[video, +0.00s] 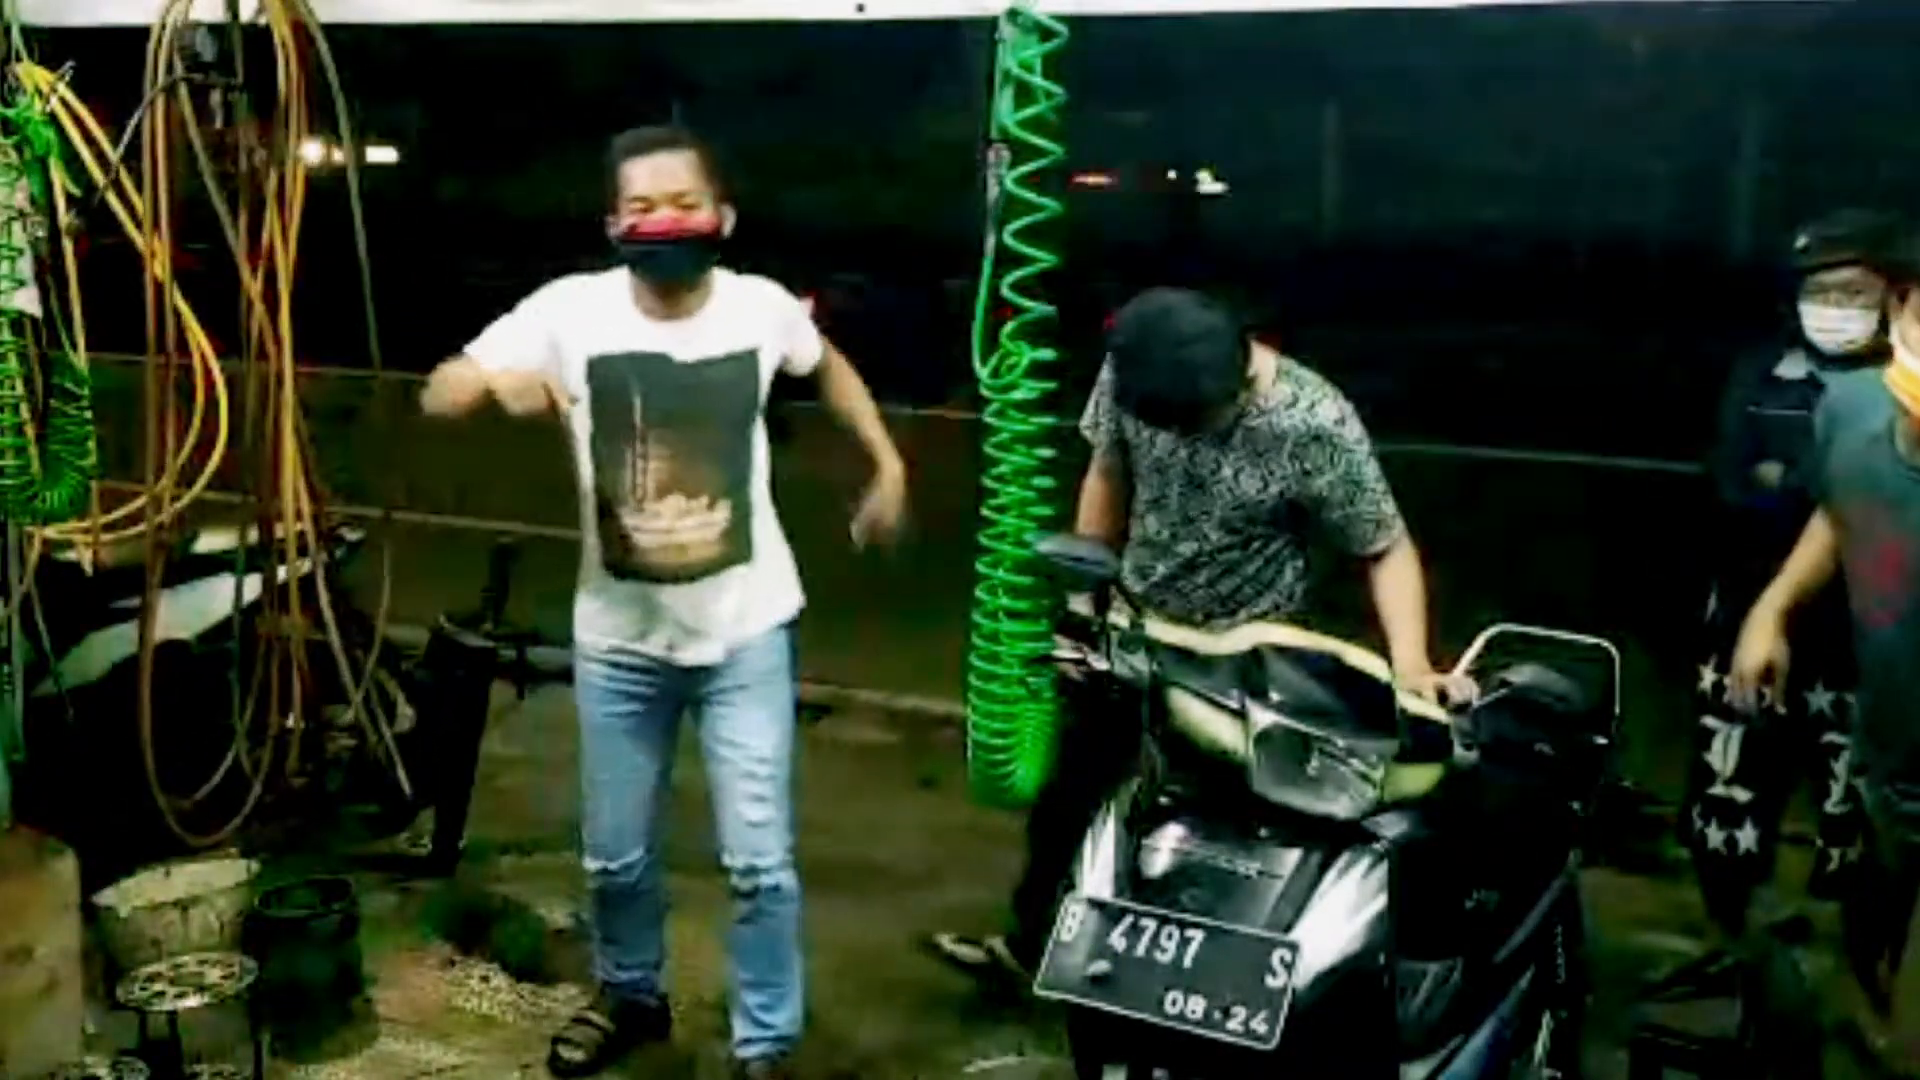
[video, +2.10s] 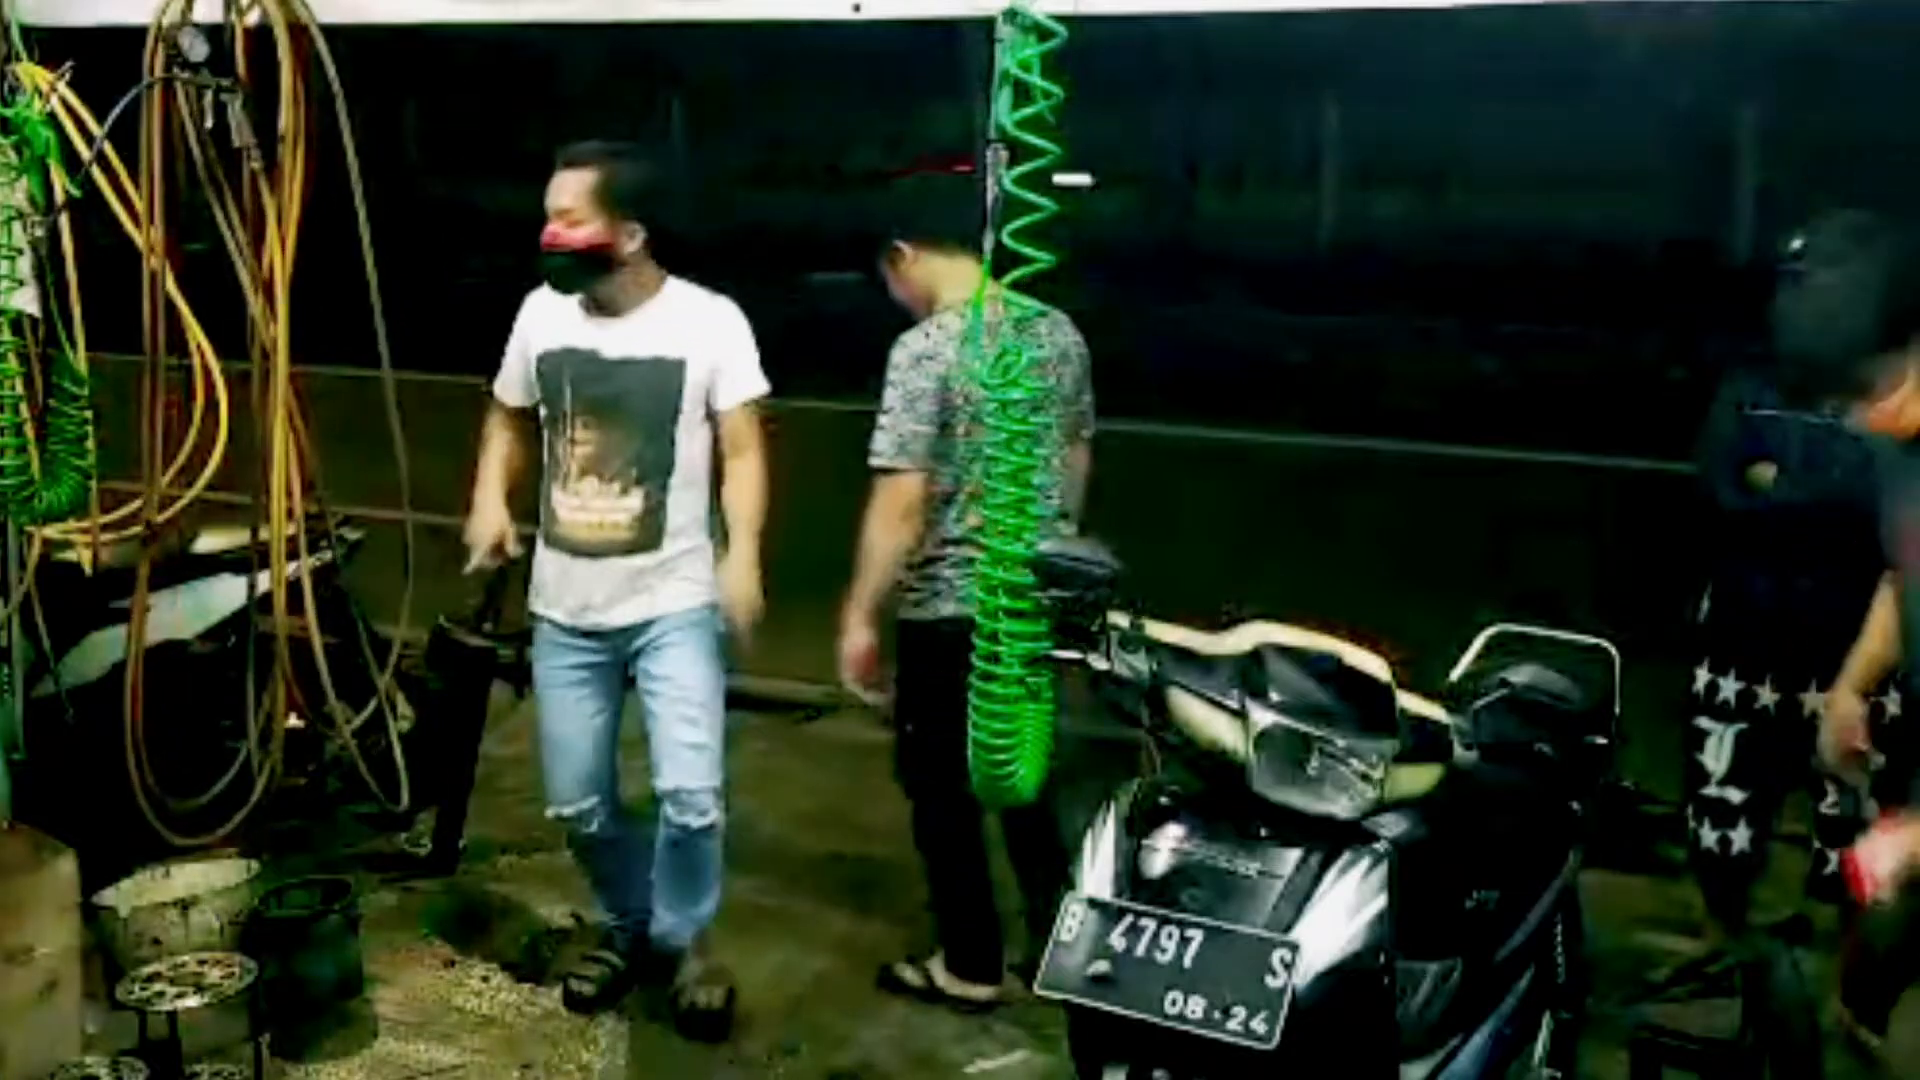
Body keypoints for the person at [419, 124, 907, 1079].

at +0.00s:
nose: (661, 227)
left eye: (681, 207)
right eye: (640, 210)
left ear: (719, 213)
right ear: (614, 220)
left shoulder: (759, 308)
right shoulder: (569, 310)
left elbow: (830, 371)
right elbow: (440, 395)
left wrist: (888, 463)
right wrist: (490, 377)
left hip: (743, 631)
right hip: (619, 634)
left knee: (757, 856)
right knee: (614, 852)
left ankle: (764, 1049)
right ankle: (632, 1001)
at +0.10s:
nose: (677, 234)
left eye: (697, 214)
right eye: (656, 216)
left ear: (734, 220)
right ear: (629, 224)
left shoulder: (783, 327)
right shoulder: (578, 322)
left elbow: (850, 426)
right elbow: (494, 424)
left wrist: (886, 540)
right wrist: (519, 438)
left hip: (757, 641)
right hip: (630, 643)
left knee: (767, 868)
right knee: (611, 872)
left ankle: (764, 1049)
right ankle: (630, 985)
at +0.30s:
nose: (704, 251)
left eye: (723, 230)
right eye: (682, 232)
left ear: (758, 236)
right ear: (653, 244)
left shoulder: (808, 368)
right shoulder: (616, 343)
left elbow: (836, 529)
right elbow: (583, 463)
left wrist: (742, 571)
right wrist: (569, 577)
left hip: (776, 671)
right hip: (644, 664)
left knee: (783, 894)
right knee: (626, 893)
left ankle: (767, 1057)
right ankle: (658, 1063)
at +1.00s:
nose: (680, 259)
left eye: (694, 237)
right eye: (654, 242)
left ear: (716, 241)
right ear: (606, 258)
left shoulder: (708, 344)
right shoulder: (566, 377)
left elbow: (703, 463)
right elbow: (479, 515)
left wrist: (747, 538)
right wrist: (608, 544)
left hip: (703, 680)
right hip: (594, 694)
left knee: (747, 882)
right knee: (657, 946)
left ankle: (641, 996)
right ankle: (639, 1063)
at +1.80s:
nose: (645, 234)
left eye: (662, 216)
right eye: (625, 218)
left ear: (689, 220)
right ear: (594, 224)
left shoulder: (730, 327)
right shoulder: (549, 313)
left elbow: (812, 448)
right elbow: (498, 411)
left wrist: (772, 394)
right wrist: (469, 516)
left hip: (689, 627)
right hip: (573, 624)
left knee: (702, 833)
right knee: (593, 827)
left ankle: (642, 1031)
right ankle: (632, 927)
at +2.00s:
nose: (578, 231)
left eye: (598, 215)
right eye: (569, 214)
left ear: (650, 219)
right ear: (559, 215)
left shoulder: (710, 304)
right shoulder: (543, 297)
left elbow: (766, 426)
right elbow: (501, 393)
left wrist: (731, 471)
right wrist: (475, 477)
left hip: (683, 602)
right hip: (570, 603)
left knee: (697, 795)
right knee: (582, 799)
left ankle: (665, 997)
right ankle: (630, 923)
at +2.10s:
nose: (563, 262)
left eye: (579, 245)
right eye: (556, 243)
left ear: (633, 236)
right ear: (553, 232)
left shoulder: (710, 322)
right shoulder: (543, 312)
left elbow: (743, 448)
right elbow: (507, 417)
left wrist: (742, 554)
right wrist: (489, 500)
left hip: (677, 600)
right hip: (567, 607)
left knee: (692, 797)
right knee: (575, 799)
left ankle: (686, 947)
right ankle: (626, 925)